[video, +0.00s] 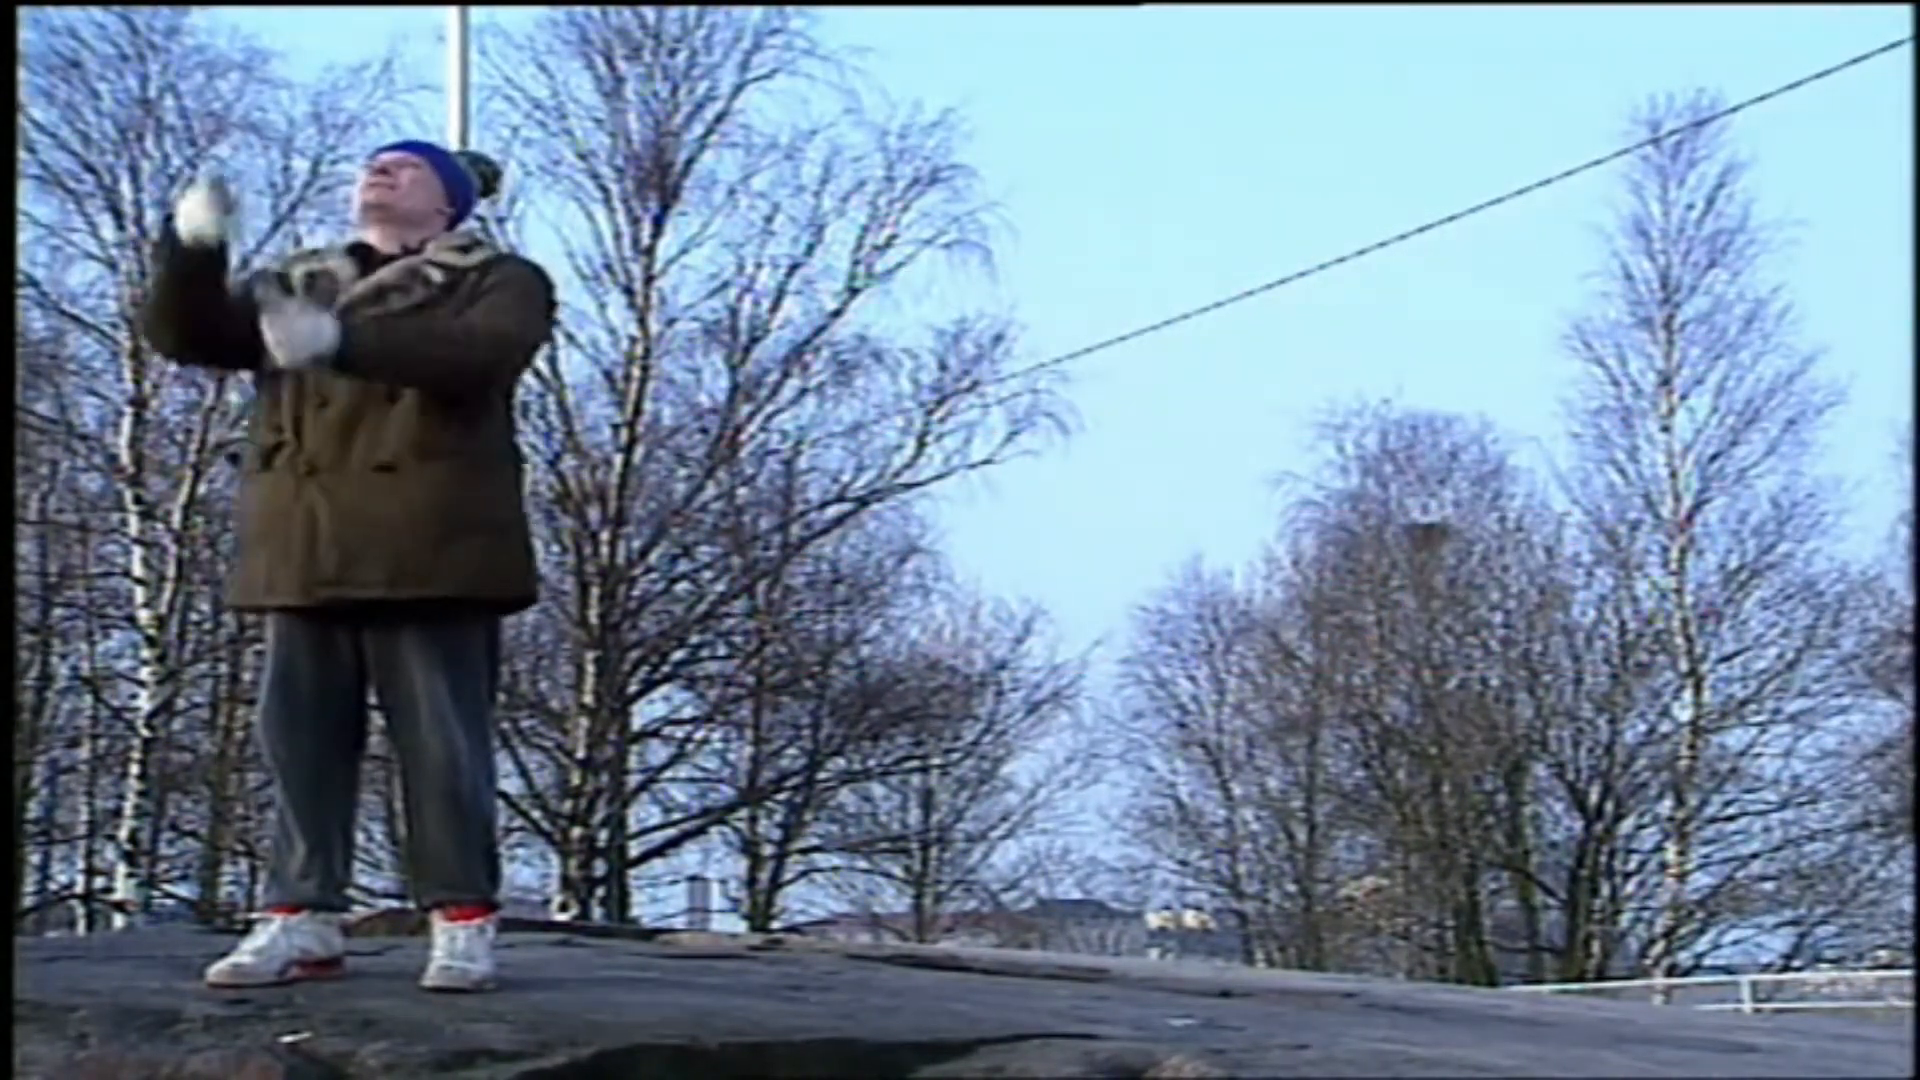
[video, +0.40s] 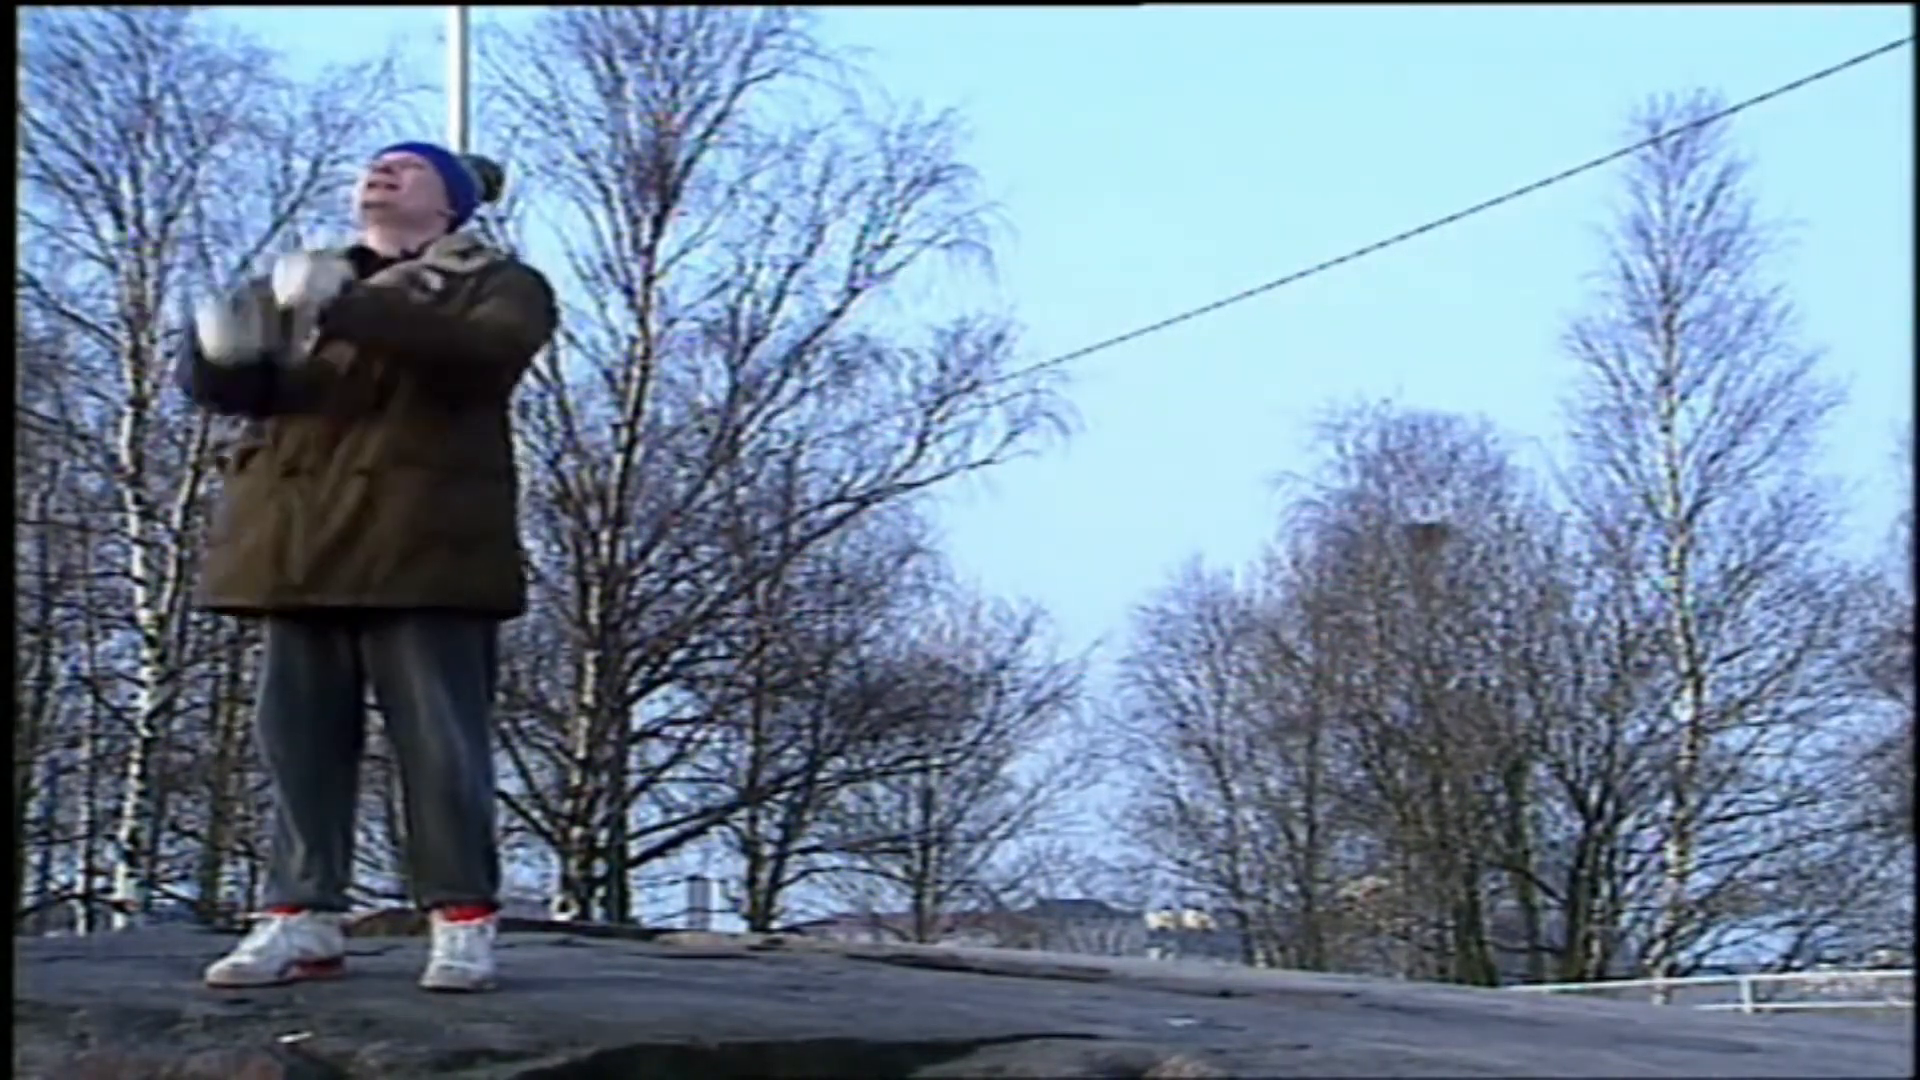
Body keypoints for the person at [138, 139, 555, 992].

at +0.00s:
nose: (376, 174)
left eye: (401, 167)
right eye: (370, 169)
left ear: (450, 204)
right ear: (354, 200)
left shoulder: (503, 279)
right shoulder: (305, 280)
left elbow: (472, 353)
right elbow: (186, 332)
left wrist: (342, 340)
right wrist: (192, 252)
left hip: (435, 559)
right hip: (306, 561)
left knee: (442, 741)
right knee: (299, 738)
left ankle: (463, 919)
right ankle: (305, 918)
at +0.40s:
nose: (375, 177)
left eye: (401, 168)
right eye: (369, 171)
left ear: (452, 204)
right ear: (356, 202)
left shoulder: (502, 282)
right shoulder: (314, 281)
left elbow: (482, 348)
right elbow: (263, 386)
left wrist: (340, 301)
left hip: (429, 550)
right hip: (305, 549)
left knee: (440, 740)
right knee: (299, 737)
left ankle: (461, 918)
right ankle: (306, 918)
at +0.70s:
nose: (379, 183)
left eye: (404, 173)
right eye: (372, 175)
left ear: (456, 208)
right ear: (354, 193)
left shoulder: (501, 278)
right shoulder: (290, 289)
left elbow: (481, 300)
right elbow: (222, 390)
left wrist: (355, 234)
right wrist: (206, 365)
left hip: (433, 548)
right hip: (306, 550)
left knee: (441, 738)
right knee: (299, 735)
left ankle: (462, 918)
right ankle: (306, 918)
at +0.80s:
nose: (382, 178)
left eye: (407, 171)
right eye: (376, 172)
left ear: (453, 207)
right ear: (359, 201)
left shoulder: (503, 279)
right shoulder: (307, 279)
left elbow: (479, 347)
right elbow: (186, 334)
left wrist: (341, 319)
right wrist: (177, 246)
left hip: (437, 555)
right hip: (306, 556)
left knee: (443, 739)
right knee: (299, 735)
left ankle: (462, 919)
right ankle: (306, 918)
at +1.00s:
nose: (380, 175)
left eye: (405, 168)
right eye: (373, 170)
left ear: (453, 208)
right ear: (356, 204)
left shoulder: (504, 283)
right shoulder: (309, 282)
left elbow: (489, 370)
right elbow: (192, 352)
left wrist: (337, 373)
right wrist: (198, 255)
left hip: (435, 551)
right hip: (305, 549)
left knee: (444, 739)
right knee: (301, 736)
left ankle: (462, 919)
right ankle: (306, 918)